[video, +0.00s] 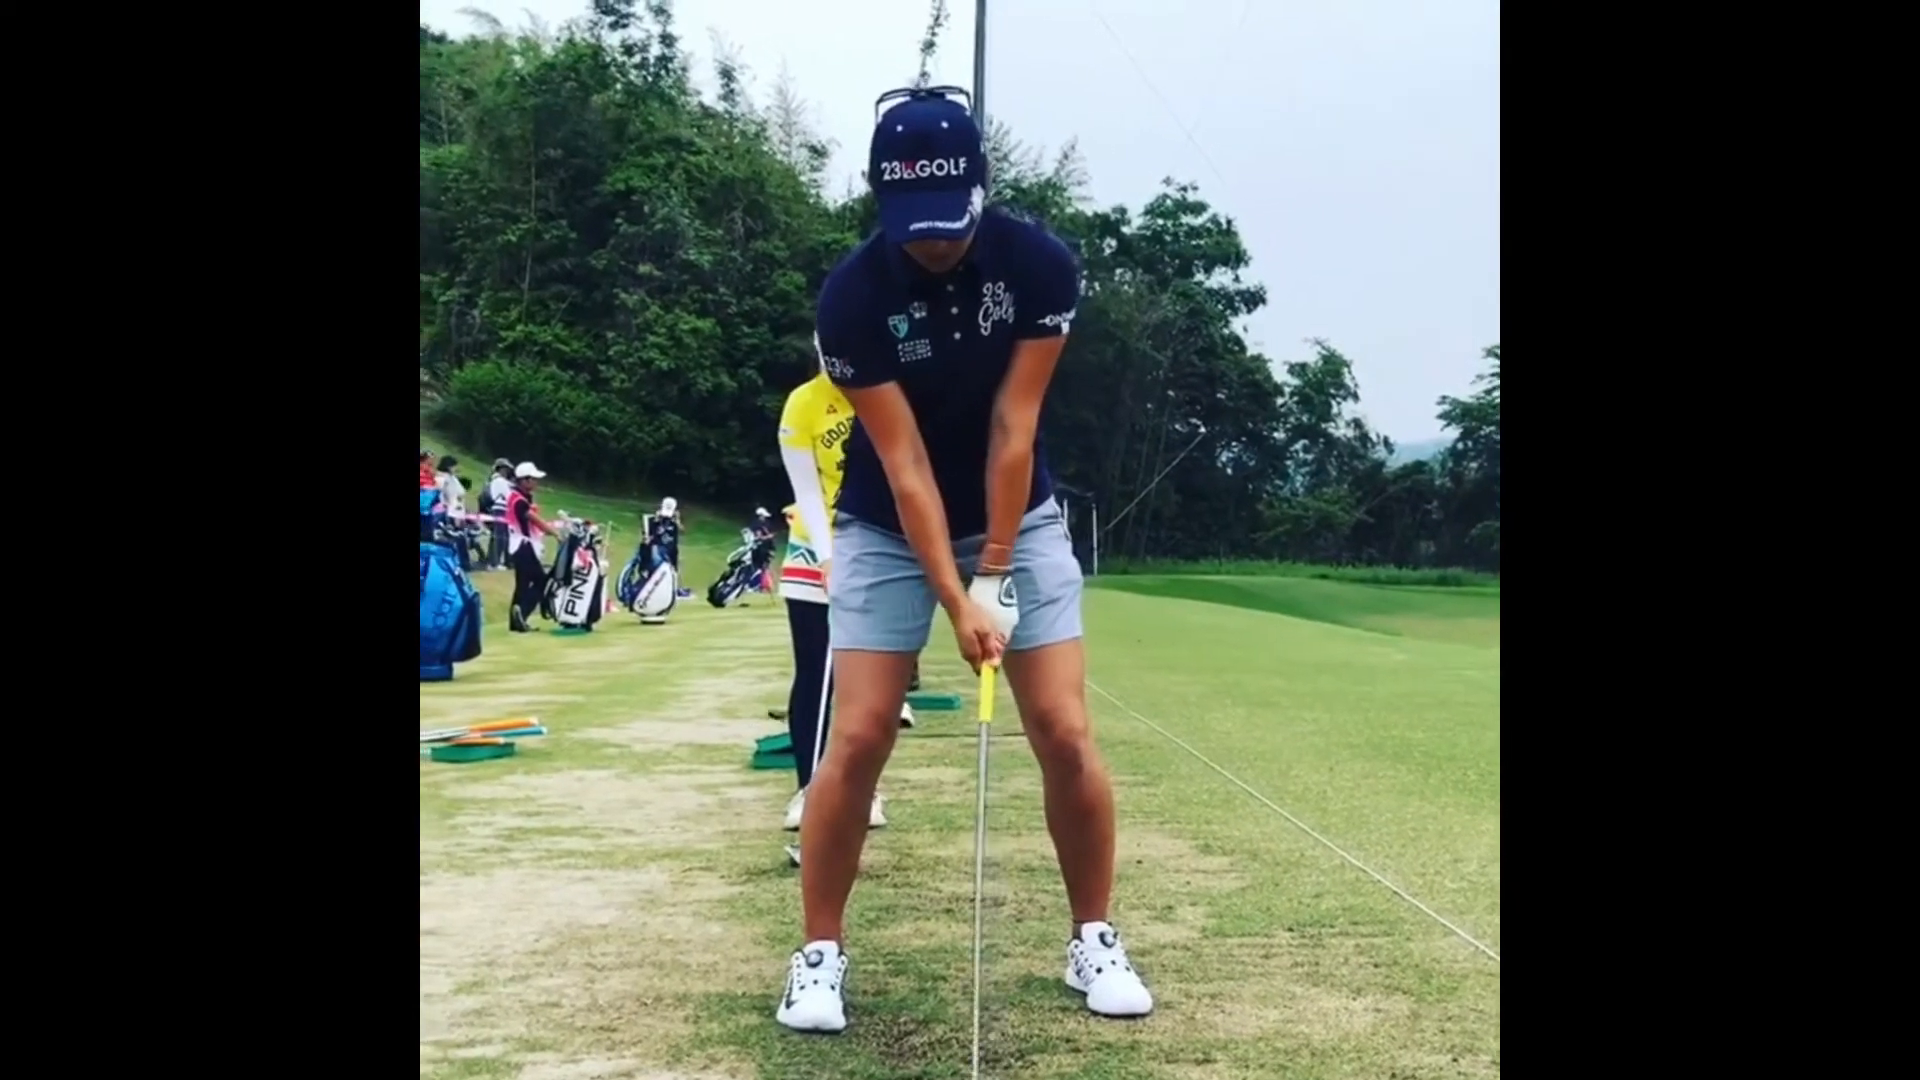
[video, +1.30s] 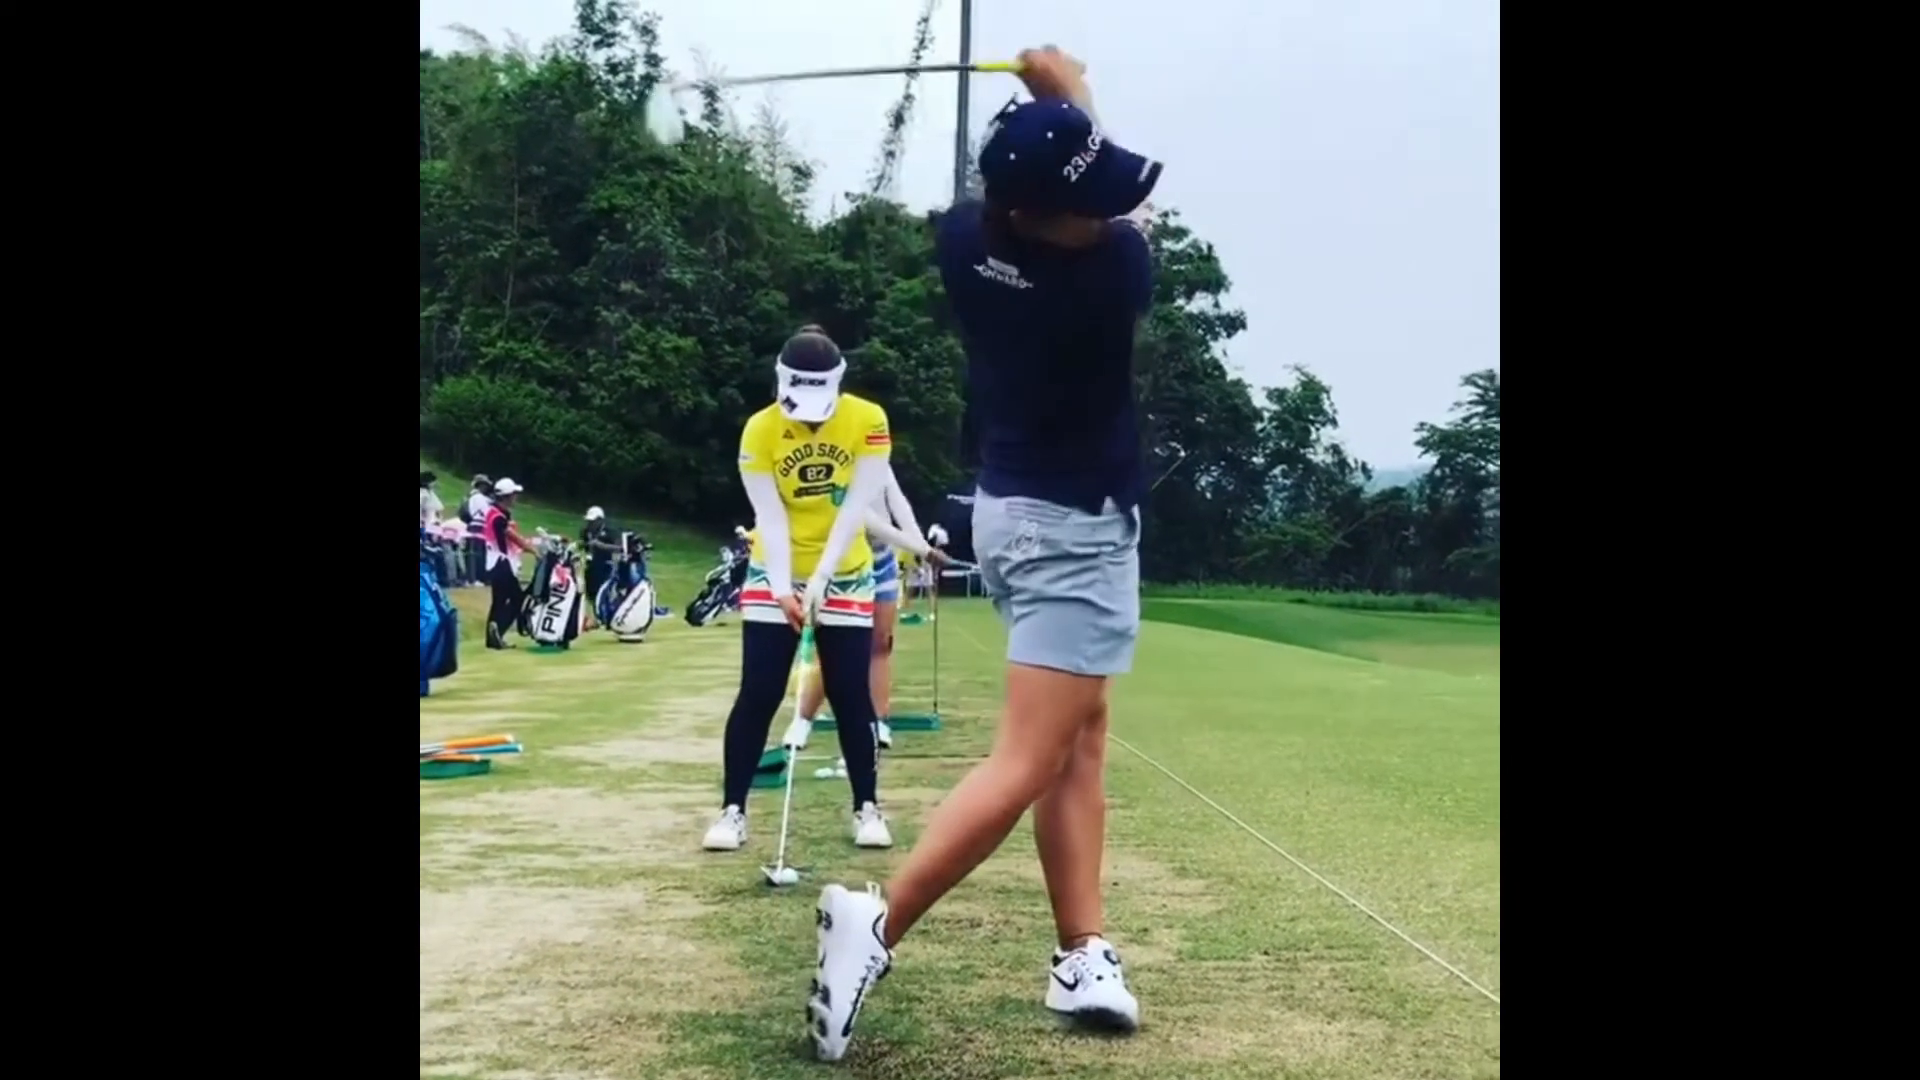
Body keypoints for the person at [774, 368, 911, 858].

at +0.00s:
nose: (848, 354)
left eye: (856, 344)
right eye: (839, 343)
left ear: (878, 344)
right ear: (829, 346)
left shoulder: (891, 399)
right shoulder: (805, 402)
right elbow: (806, 490)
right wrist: (827, 554)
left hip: (870, 568)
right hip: (811, 570)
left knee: (874, 692)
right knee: (815, 682)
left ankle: (864, 786)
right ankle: (810, 790)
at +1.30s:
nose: (807, 409)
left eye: (818, 399)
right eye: (798, 398)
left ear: (837, 383)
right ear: (782, 382)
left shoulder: (868, 420)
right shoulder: (759, 433)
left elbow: (859, 505)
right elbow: (770, 518)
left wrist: (821, 575)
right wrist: (780, 584)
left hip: (846, 574)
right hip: (773, 573)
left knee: (850, 694)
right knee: (759, 692)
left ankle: (867, 808)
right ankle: (732, 811)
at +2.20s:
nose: (796, 428)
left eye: (806, 418)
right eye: (786, 417)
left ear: (826, 400)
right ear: (771, 401)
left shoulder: (857, 438)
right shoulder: (748, 447)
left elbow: (840, 520)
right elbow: (762, 532)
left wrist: (804, 590)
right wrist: (778, 600)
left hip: (830, 587)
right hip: (757, 587)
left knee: (834, 702)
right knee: (742, 702)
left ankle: (850, 819)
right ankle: (710, 821)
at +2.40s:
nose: (850, 357)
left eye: (861, 348)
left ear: (884, 347)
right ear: (832, 346)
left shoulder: (898, 400)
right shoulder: (809, 402)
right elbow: (809, 494)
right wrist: (829, 558)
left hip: (876, 566)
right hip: (813, 565)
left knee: (876, 692)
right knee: (815, 681)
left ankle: (869, 786)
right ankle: (810, 787)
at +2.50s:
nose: (841, 360)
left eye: (852, 353)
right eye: (834, 351)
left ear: (878, 350)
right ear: (826, 351)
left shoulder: (892, 400)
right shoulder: (809, 405)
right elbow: (811, 496)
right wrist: (828, 564)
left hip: (874, 553)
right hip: (815, 551)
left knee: (869, 675)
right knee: (811, 668)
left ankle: (871, 783)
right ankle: (806, 777)